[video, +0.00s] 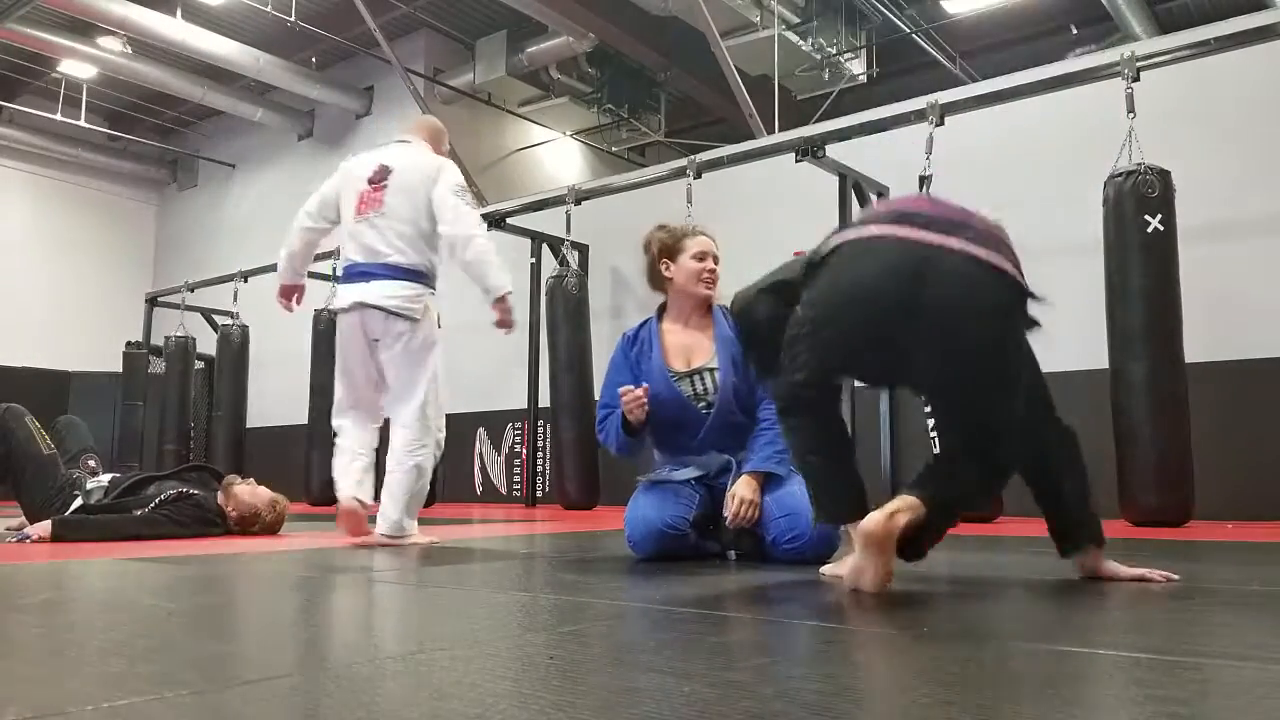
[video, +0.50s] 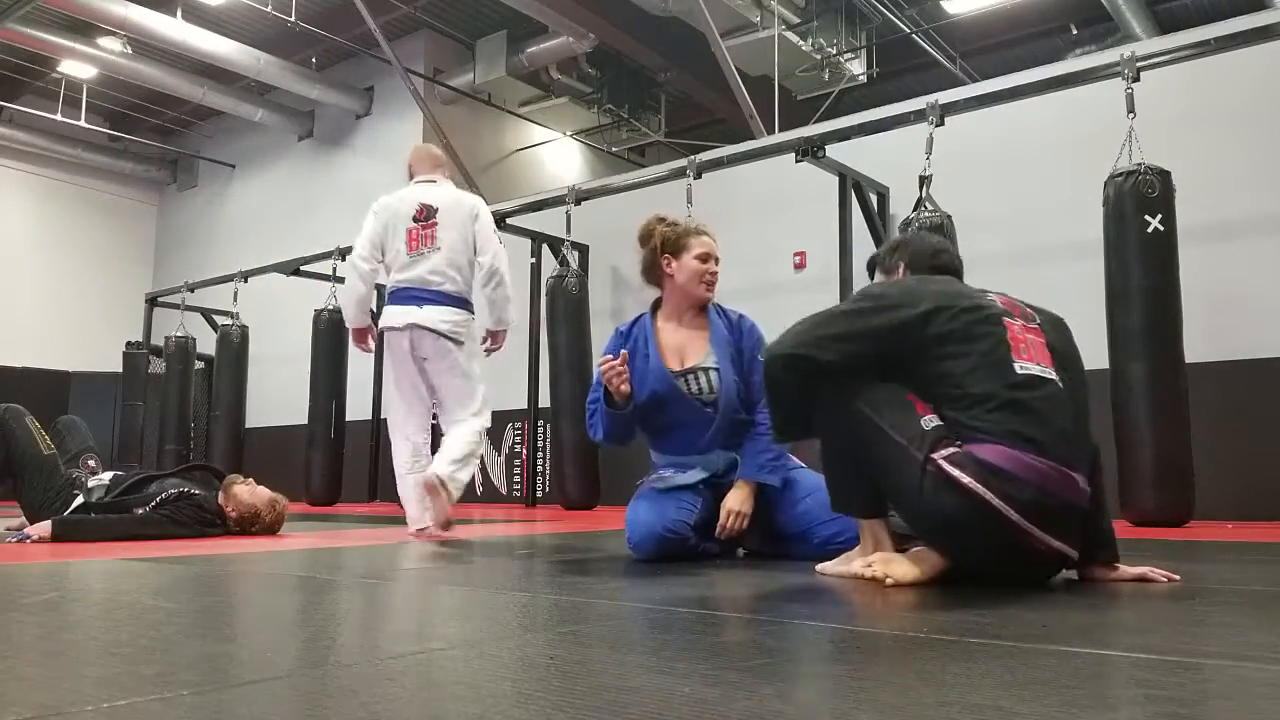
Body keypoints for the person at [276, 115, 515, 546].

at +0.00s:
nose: (444, 159)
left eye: (444, 154)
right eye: (446, 153)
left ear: (407, 134)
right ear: (439, 146)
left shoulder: (356, 165)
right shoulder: (440, 168)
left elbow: (309, 220)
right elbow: (462, 231)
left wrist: (290, 273)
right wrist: (498, 289)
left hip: (350, 303)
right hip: (404, 304)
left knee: (355, 410)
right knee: (416, 415)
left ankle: (351, 493)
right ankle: (395, 525)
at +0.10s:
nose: (453, 162)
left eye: (453, 158)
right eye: (454, 157)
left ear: (412, 142)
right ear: (446, 151)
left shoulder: (365, 170)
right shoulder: (451, 175)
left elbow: (322, 220)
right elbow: (486, 238)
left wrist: (301, 276)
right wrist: (527, 295)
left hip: (362, 304)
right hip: (415, 304)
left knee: (372, 412)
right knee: (416, 411)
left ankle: (392, 513)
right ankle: (394, 522)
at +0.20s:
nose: (454, 168)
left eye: (453, 164)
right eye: (455, 163)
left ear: (411, 152)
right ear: (450, 160)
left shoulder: (370, 181)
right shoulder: (459, 186)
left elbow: (333, 233)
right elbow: (496, 248)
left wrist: (316, 289)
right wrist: (538, 301)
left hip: (371, 313)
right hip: (426, 310)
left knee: (386, 416)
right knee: (419, 416)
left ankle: (420, 507)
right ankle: (393, 524)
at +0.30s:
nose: (453, 173)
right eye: (453, 167)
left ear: (410, 164)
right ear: (450, 168)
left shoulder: (376, 194)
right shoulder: (463, 196)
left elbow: (344, 247)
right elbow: (498, 258)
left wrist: (333, 301)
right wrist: (534, 310)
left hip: (385, 319)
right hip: (436, 318)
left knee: (400, 418)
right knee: (431, 418)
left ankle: (429, 512)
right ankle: (396, 516)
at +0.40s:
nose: (451, 174)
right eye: (450, 168)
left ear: (409, 170)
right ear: (448, 169)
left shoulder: (381, 200)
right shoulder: (469, 200)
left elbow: (354, 256)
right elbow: (492, 261)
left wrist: (348, 312)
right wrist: (512, 318)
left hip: (392, 320)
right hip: (443, 319)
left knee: (405, 415)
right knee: (446, 412)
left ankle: (426, 516)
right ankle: (416, 494)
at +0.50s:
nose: (447, 178)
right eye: (448, 172)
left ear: (409, 175)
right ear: (448, 173)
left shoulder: (386, 206)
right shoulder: (472, 205)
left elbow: (360, 264)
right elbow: (493, 265)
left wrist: (357, 319)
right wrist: (498, 320)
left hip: (396, 322)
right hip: (448, 323)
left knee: (407, 421)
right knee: (467, 416)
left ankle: (421, 524)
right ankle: (442, 478)